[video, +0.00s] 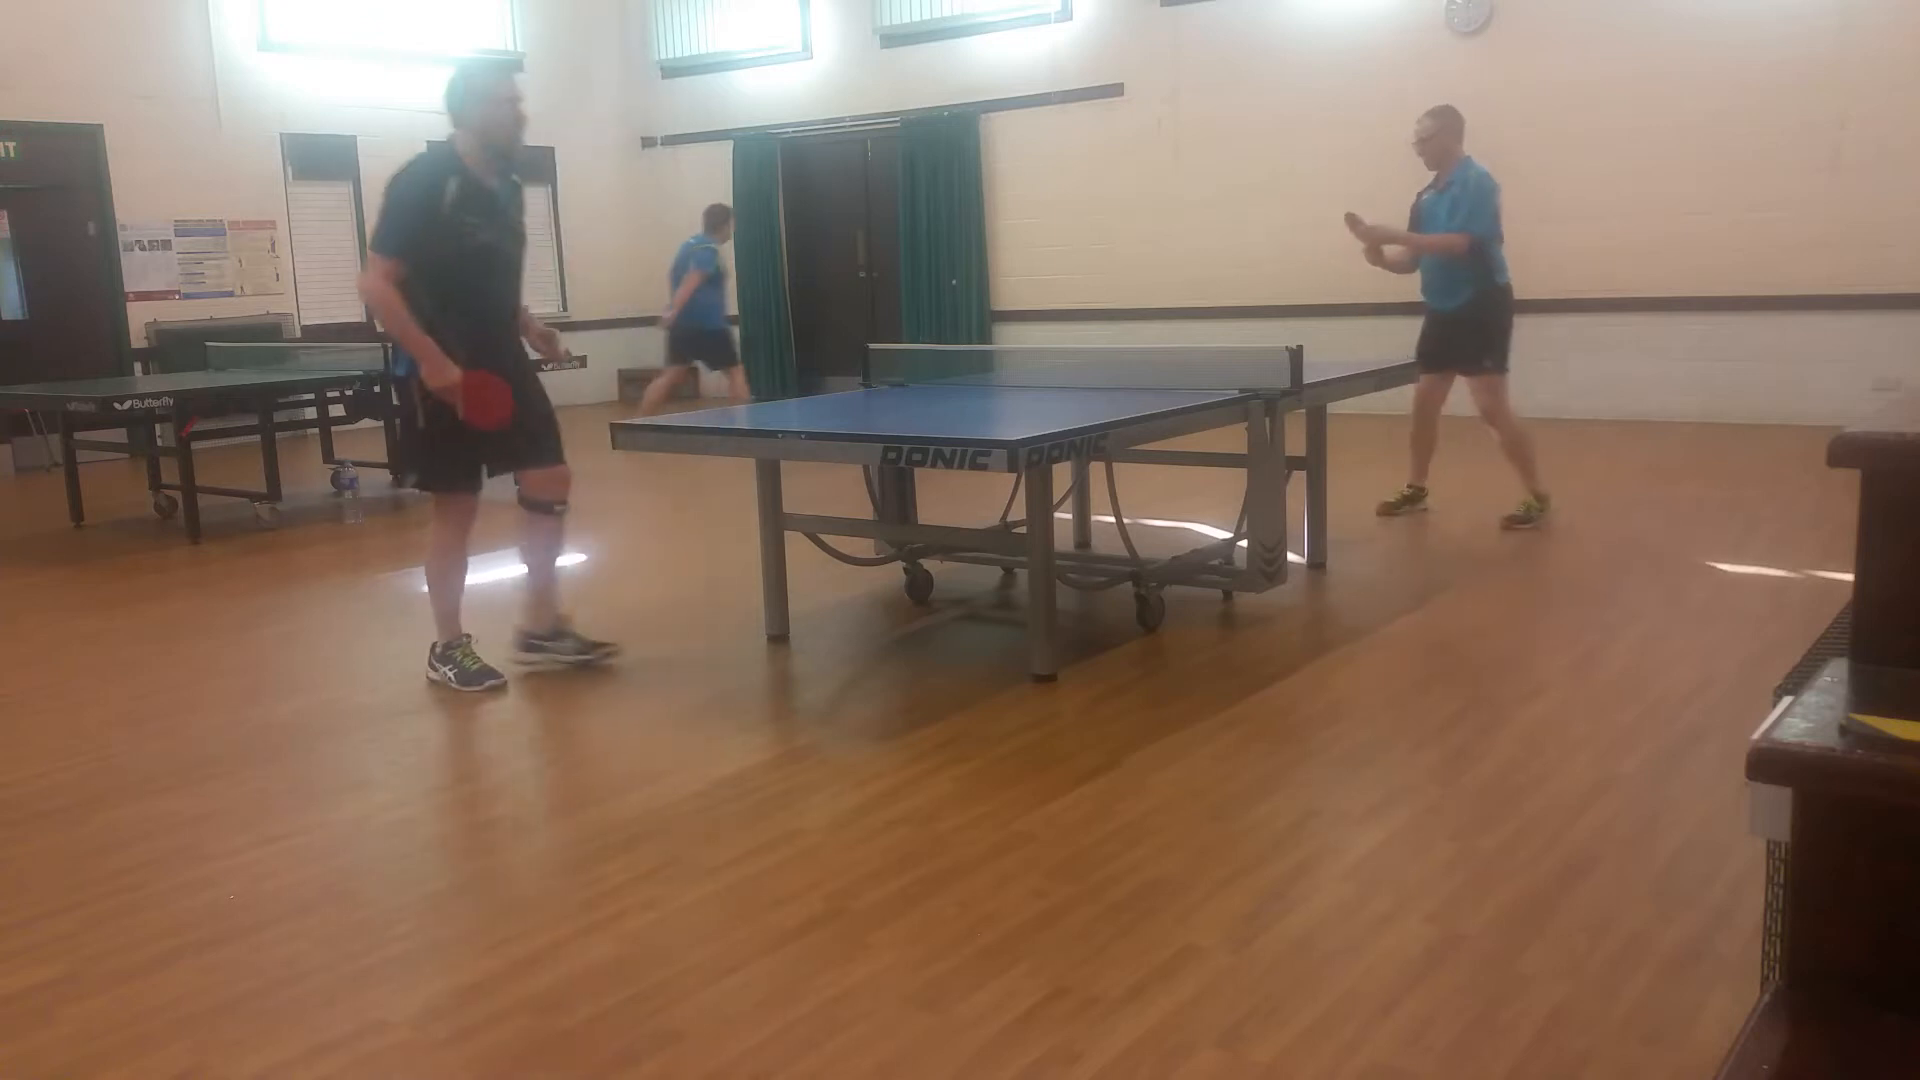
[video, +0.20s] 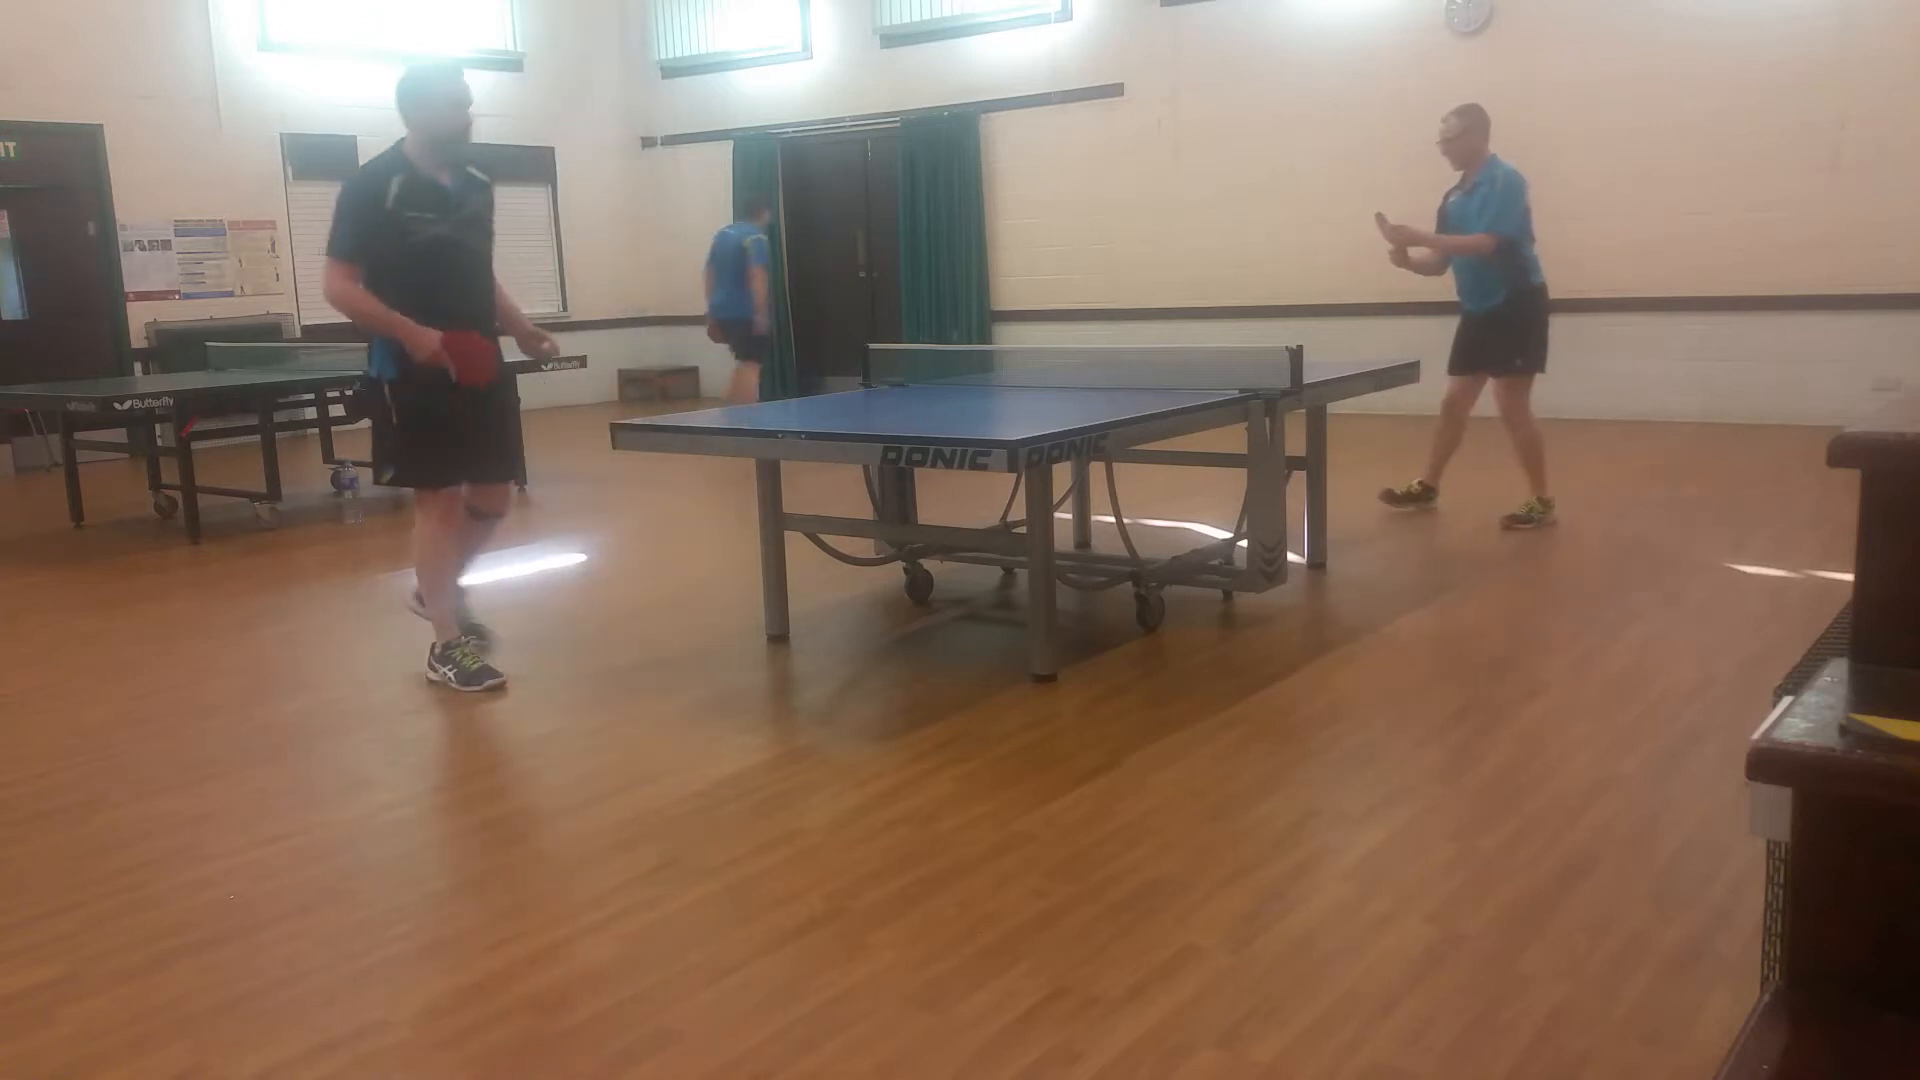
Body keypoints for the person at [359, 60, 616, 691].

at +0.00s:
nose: (521, 113)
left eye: (519, 102)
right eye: (507, 103)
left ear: (502, 113)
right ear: (467, 111)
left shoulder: (507, 188)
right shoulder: (422, 179)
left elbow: (493, 282)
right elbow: (375, 283)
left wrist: (530, 327)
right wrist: (430, 358)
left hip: (504, 360)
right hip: (442, 366)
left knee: (548, 481)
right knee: (455, 504)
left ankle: (542, 628)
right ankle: (450, 646)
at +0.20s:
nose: (468, 119)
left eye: (469, 107)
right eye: (456, 109)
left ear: (464, 110)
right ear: (417, 113)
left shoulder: (475, 187)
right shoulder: (371, 185)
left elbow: (478, 274)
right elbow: (338, 285)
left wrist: (521, 327)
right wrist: (408, 331)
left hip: (484, 362)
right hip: (419, 366)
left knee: (492, 500)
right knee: (439, 503)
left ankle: (436, 588)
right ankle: (447, 646)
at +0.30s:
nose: (450, 130)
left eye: (452, 119)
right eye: (438, 120)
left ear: (453, 120)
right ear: (399, 121)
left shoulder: (464, 195)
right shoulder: (357, 193)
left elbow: (475, 277)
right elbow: (329, 293)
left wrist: (516, 334)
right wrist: (398, 326)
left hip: (466, 363)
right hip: (405, 365)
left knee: (462, 502)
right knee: (431, 498)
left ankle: (410, 590)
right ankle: (446, 644)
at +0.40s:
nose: (436, 147)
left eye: (441, 134)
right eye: (423, 135)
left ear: (447, 133)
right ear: (389, 134)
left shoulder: (458, 200)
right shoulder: (348, 202)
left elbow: (474, 281)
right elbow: (322, 299)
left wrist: (501, 324)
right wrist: (391, 325)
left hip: (451, 364)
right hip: (391, 368)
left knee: (438, 496)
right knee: (419, 496)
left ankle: (395, 606)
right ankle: (444, 643)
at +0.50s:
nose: (430, 149)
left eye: (436, 138)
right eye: (417, 138)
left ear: (442, 136)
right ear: (384, 135)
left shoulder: (449, 200)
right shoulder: (341, 200)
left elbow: (468, 280)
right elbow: (315, 294)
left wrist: (485, 308)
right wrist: (385, 314)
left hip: (439, 364)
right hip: (379, 368)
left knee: (425, 497)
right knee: (398, 496)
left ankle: (394, 610)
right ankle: (430, 628)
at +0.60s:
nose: (420, 148)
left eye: (426, 136)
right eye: (407, 136)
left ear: (434, 134)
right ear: (376, 135)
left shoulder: (439, 196)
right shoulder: (333, 192)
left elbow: (463, 288)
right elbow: (303, 284)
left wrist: (462, 277)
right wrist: (379, 293)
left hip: (428, 360)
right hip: (364, 363)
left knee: (415, 491)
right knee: (384, 489)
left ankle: (398, 610)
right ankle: (396, 620)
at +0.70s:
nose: (410, 148)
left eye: (417, 136)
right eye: (397, 136)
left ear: (427, 134)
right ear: (366, 134)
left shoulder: (433, 195)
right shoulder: (323, 193)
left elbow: (453, 289)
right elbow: (292, 279)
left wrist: (457, 274)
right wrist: (368, 279)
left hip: (418, 364)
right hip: (355, 367)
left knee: (408, 490)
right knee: (370, 486)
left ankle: (397, 610)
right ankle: (365, 622)